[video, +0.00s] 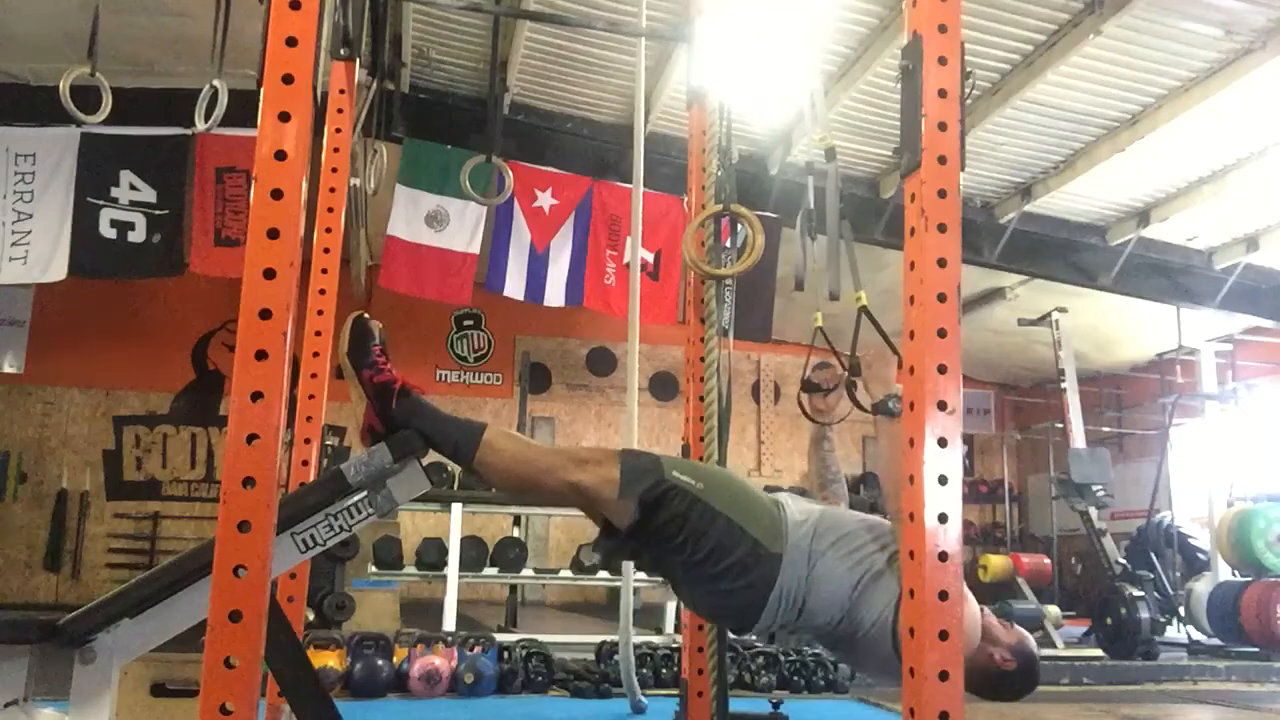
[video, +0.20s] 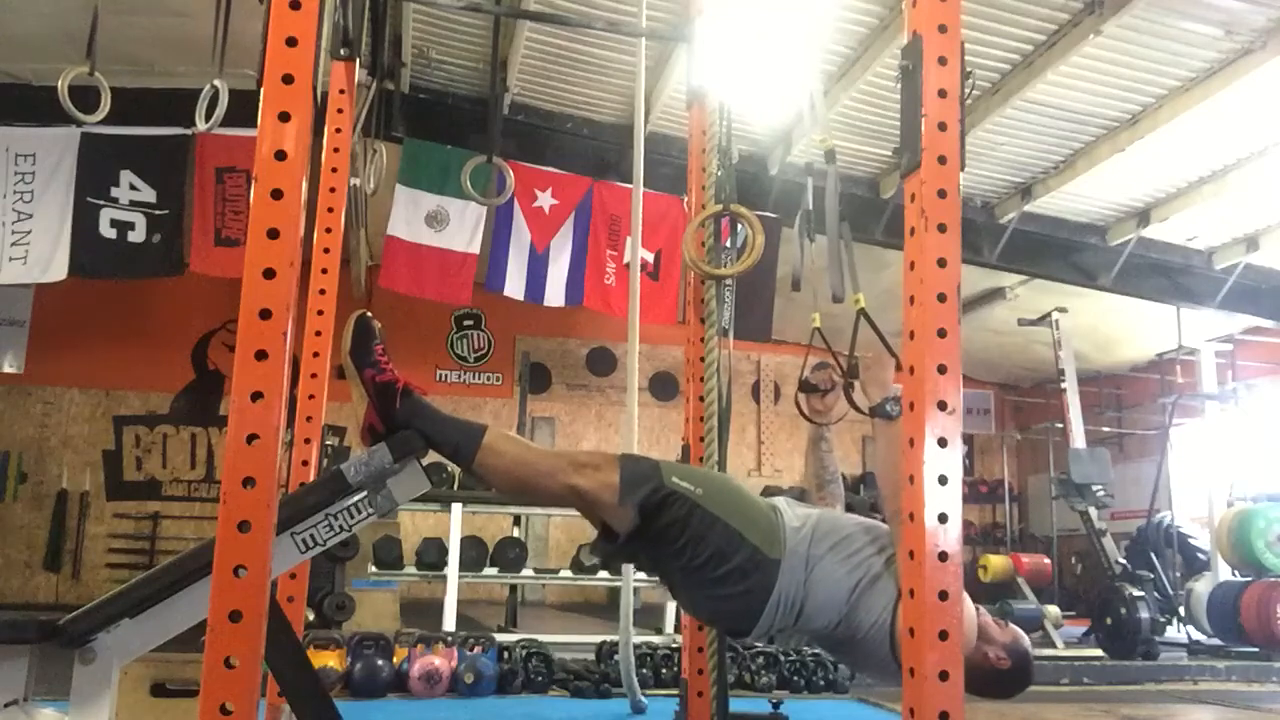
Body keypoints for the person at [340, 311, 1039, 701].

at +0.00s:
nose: (1000, 630)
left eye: (1005, 646)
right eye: (1011, 633)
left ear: (988, 665)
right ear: (995, 632)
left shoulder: (948, 624)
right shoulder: (926, 635)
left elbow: (925, 519)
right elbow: (889, 518)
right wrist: (841, 416)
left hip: (766, 556)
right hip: (761, 537)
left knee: (601, 473)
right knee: (589, 478)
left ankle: (402, 407)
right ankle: (416, 428)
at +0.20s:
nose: (997, 632)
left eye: (1002, 650)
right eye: (1007, 632)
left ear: (979, 672)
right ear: (991, 622)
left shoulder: (937, 649)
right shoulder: (938, 591)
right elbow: (899, 503)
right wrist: (847, 414)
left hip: (766, 563)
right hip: (759, 535)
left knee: (605, 476)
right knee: (587, 485)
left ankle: (404, 409)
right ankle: (408, 424)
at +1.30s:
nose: (998, 626)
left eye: (1004, 637)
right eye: (1008, 629)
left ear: (991, 657)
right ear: (990, 634)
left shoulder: (960, 628)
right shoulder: (938, 617)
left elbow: (932, 524)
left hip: (762, 557)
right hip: (756, 553)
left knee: (602, 482)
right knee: (588, 495)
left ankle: (406, 409)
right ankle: (412, 439)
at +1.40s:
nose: (998, 601)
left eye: (1006, 615)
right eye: (1008, 604)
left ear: (992, 641)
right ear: (993, 607)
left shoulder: (957, 618)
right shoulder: (943, 604)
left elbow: (919, 521)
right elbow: (914, 517)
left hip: (765, 557)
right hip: (763, 541)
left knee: (599, 478)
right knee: (588, 484)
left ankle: (402, 411)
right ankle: (408, 443)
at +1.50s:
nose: (1017, 568)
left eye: (1024, 583)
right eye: (1025, 569)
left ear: (1007, 613)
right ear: (1002, 566)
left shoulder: (966, 596)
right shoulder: (947, 564)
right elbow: (859, 499)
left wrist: (934, 454)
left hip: (771, 549)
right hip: (766, 522)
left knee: (606, 479)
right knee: (600, 470)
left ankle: (402, 412)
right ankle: (416, 432)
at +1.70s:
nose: (1014, 502)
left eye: (1023, 512)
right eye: (1022, 499)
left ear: (1015, 544)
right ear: (1010, 492)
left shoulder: (969, 532)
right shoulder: (960, 496)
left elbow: (908, 490)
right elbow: (891, 460)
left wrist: (928, 428)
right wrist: (888, 409)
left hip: (786, 500)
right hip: (775, 475)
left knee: (605, 461)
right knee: (596, 453)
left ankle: (402, 417)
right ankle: (407, 415)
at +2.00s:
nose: (1019, 422)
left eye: (1030, 432)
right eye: (1025, 419)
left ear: (1027, 460)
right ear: (1011, 421)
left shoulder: (985, 465)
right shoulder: (964, 428)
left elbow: (907, 471)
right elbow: (886, 426)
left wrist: (918, 381)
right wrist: (895, 370)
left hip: (786, 443)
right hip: (776, 425)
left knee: (594, 373)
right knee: (579, 392)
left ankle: (389, 407)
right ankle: (398, 421)